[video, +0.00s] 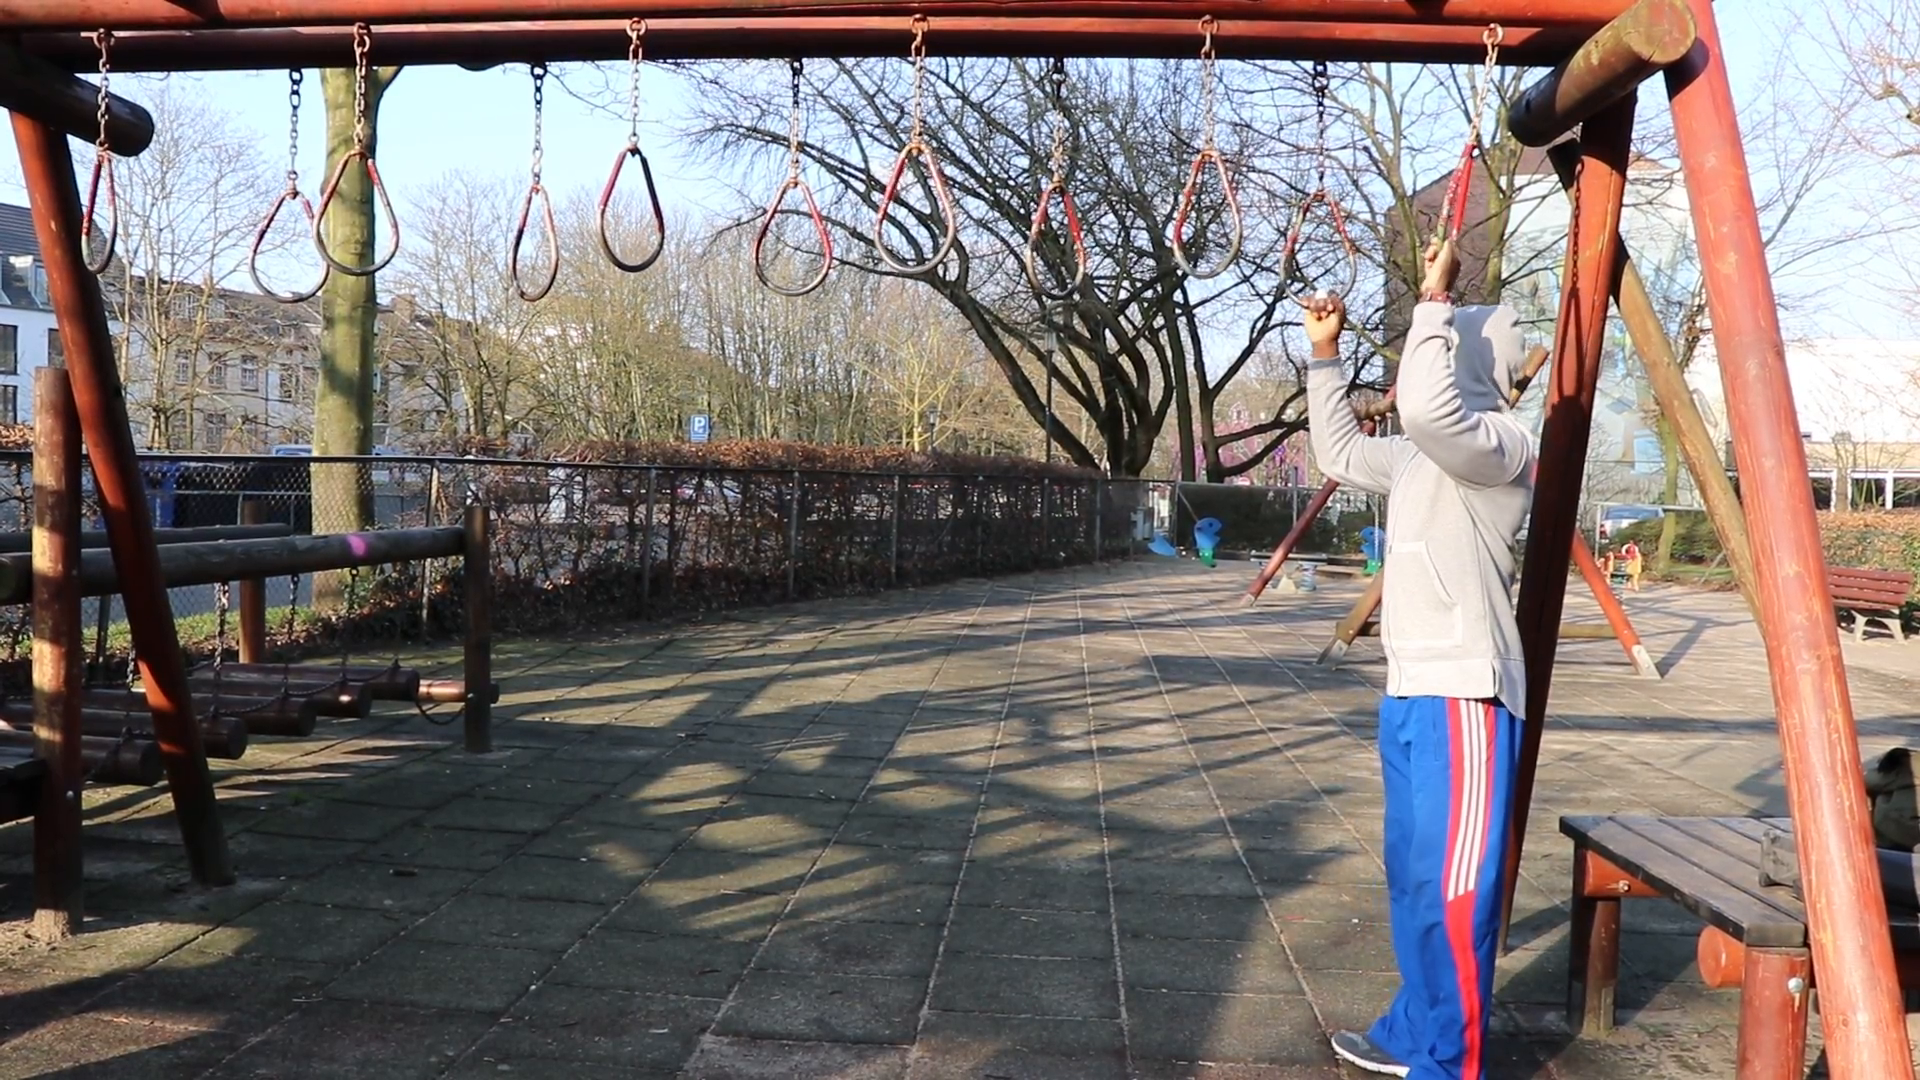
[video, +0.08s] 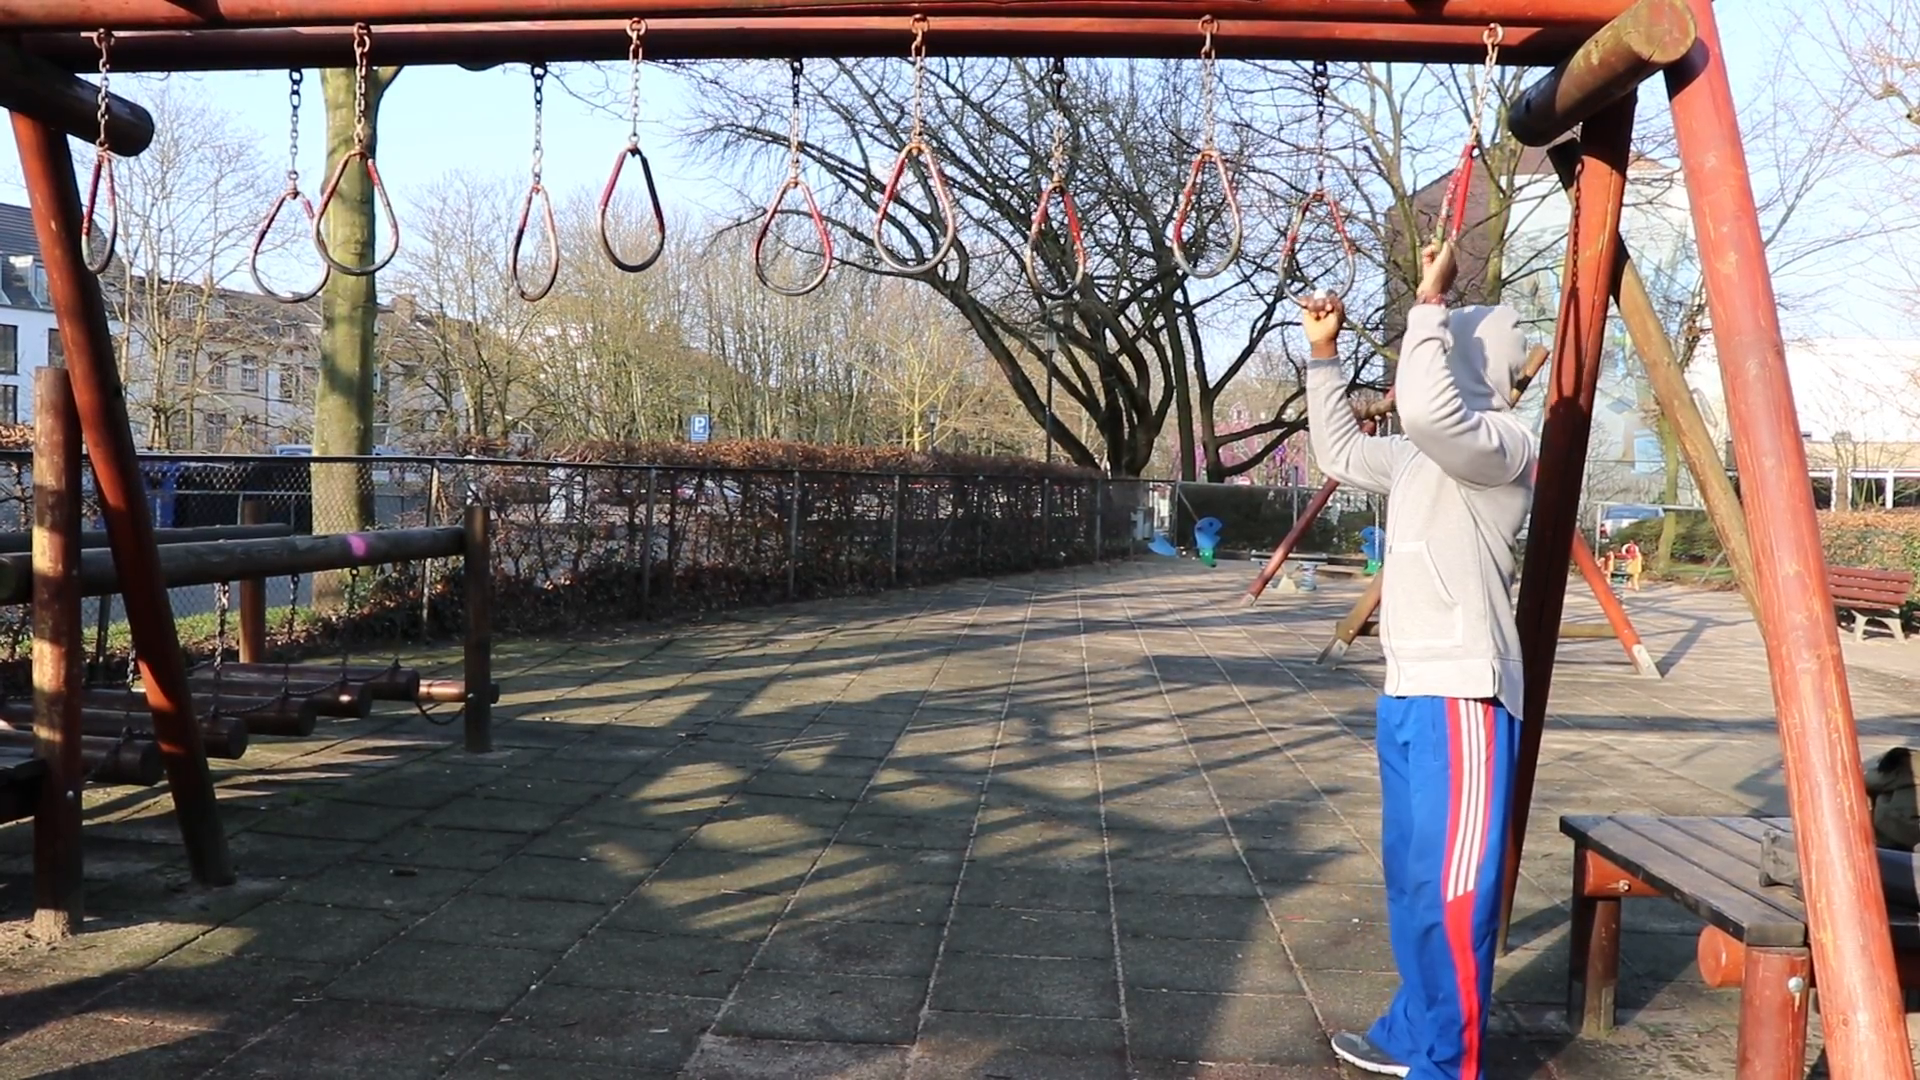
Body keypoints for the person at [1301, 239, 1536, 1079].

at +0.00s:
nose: (1427, 362)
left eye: (1453, 344)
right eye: (1431, 347)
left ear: (1483, 364)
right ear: (1474, 367)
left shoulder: (1505, 445)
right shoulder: (1419, 454)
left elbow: (1430, 414)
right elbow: (1339, 451)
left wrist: (1433, 304)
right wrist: (1325, 354)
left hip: (1469, 694)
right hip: (1415, 694)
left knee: (1456, 884)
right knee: (1414, 877)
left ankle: (1451, 1056)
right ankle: (1411, 1032)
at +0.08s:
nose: (1429, 360)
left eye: (1454, 344)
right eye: (1433, 346)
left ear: (1485, 365)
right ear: (1476, 367)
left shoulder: (1507, 445)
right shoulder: (1421, 452)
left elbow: (1431, 415)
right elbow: (1339, 450)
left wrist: (1429, 306)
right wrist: (1324, 353)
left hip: (1468, 694)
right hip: (1414, 693)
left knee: (1455, 884)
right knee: (1413, 877)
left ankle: (1450, 1056)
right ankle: (1411, 1032)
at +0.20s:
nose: (1429, 363)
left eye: (1451, 350)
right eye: (1433, 351)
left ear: (1481, 364)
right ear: (1498, 365)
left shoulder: (1507, 445)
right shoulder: (1423, 450)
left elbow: (1428, 433)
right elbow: (1337, 454)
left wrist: (1425, 331)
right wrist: (1322, 355)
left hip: (1463, 695)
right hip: (1407, 693)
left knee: (1452, 884)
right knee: (1407, 877)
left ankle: (1449, 1056)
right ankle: (1409, 1032)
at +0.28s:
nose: (1424, 366)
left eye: (1450, 354)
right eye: (1429, 354)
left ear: (1483, 369)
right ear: (1487, 372)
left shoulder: (1508, 444)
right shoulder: (1427, 442)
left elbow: (1421, 440)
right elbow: (1334, 454)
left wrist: (1432, 343)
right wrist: (1321, 352)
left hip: (1459, 690)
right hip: (1402, 688)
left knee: (1449, 880)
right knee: (1403, 875)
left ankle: (1448, 1055)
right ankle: (1409, 1032)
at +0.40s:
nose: (1440, 345)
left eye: (1460, 338)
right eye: (1443, 337)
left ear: (1484, 366)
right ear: (1492, 373)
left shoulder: (1507, 443)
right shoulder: (1426, 441)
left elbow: (1416, 429)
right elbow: (1333, 452)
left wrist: (1439, 345)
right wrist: (1319, 353)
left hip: (1453, 691)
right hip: (1397, 688)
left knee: (1446, 884)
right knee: (1401, 879)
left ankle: (1447, 1058)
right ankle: (1408, 1034)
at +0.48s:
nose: (1431, 361)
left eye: (1462, 343)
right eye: (1435, 352)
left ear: (1488, 368)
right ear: (1486, 375)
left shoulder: (1508, 440)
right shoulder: (1420, 447)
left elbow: (1421, 419)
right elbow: (1332, 451)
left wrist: (1445, 336)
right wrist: (1318, 353)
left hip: (1450, 691)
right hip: (1394, 688)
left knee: (1443, 886)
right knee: (1400, 881)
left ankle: (1447, 1059)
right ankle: (1408, 1035)